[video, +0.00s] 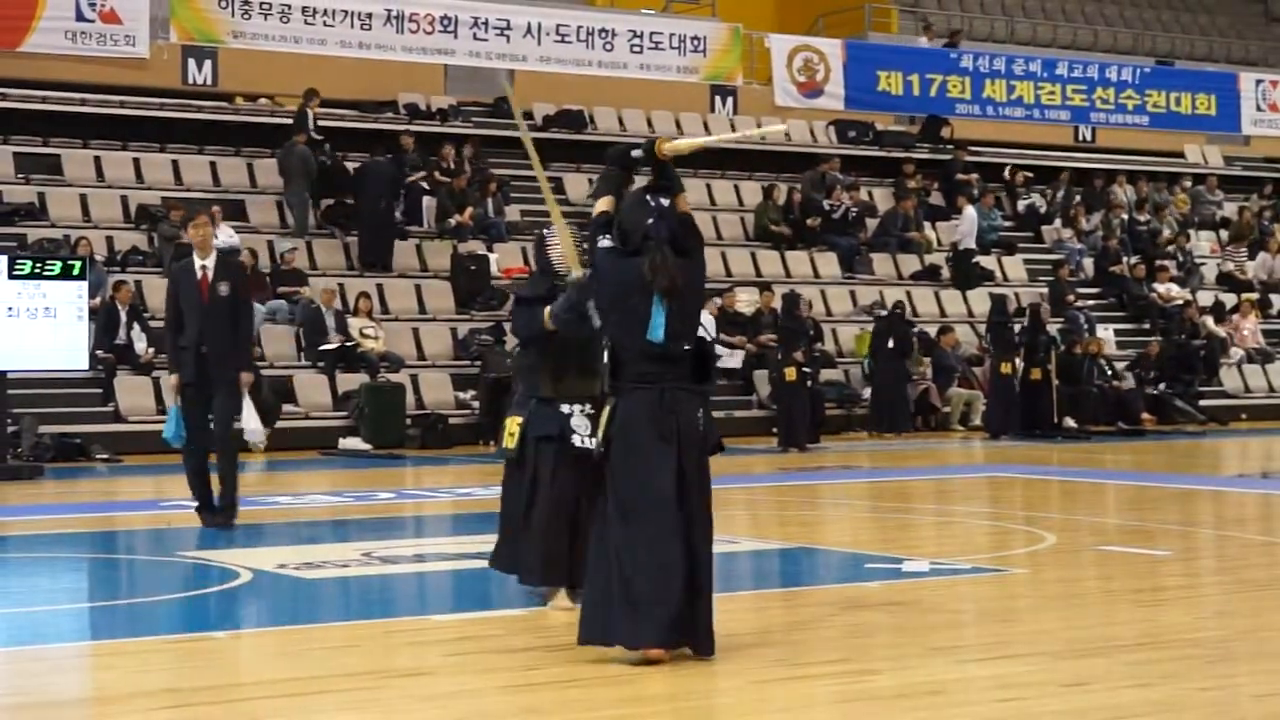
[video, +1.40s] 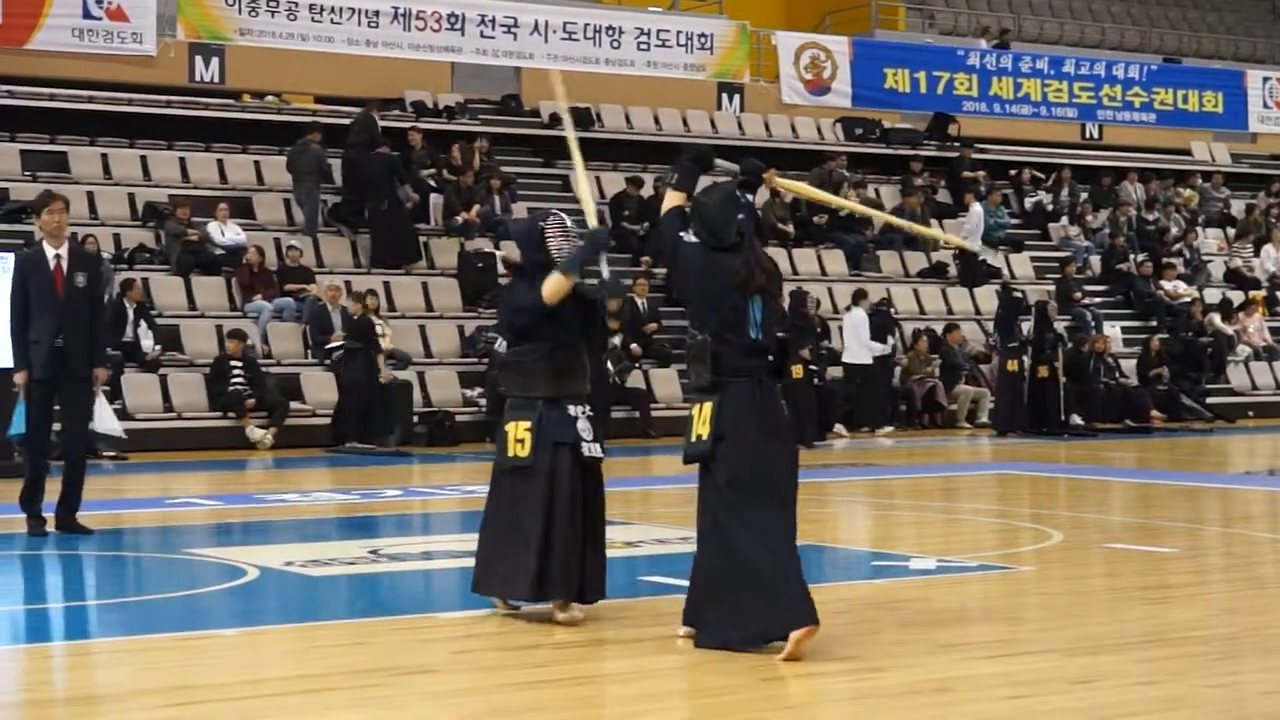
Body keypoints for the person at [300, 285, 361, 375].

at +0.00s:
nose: (329, 297)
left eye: (332, 295)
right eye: (326, 294)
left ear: (335, 297)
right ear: (321, 296)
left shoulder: (339, 314)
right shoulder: (311, 312)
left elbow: (346, 335)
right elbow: (309, 339)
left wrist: (341, 339)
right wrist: (327, 340)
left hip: (339, 345)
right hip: (319, 346)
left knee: (351, 352)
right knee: (331, 354)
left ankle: (353, 383)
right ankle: (332, 386)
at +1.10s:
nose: (332, 294)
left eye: (335, 291)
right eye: (329, 291)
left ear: (339, 294)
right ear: (324, 293)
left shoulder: (346, 311)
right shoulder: (316, 311)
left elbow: (352, 333)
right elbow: (314, 339)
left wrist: (343, 338)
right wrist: (330, 339)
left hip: (345, 344)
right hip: (324, 346)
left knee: (358, 347)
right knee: (337, 351)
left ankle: (358, 382)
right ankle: (337, 385)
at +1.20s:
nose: (332, 294)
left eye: (335, 291)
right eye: (329, 291)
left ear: (339, 294)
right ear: (324, 293)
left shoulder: (346, 311)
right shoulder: (316, 311)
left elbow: (352, 333)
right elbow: (314, 340)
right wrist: (330, 339)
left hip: (345, 345)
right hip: (323, 347)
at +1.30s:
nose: (333, 294)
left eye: (336, 291)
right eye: (329, 290)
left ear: (340, 294)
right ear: (324, 293)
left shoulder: (347, 311)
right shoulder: (316, 311)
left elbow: (352, 334)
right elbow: (315, 339)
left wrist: (343, 337)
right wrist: (330, 339)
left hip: (345, 345)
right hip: (325, 346)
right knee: (336, 354)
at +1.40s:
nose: (333, 294)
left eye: (337, 290)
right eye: (330, 290)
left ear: (341, 293)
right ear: (325, 292)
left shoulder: (345, 311)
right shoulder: (317, 311)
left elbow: (352, 332)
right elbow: (315, 339)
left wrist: (343, 337)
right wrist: (330, 339)